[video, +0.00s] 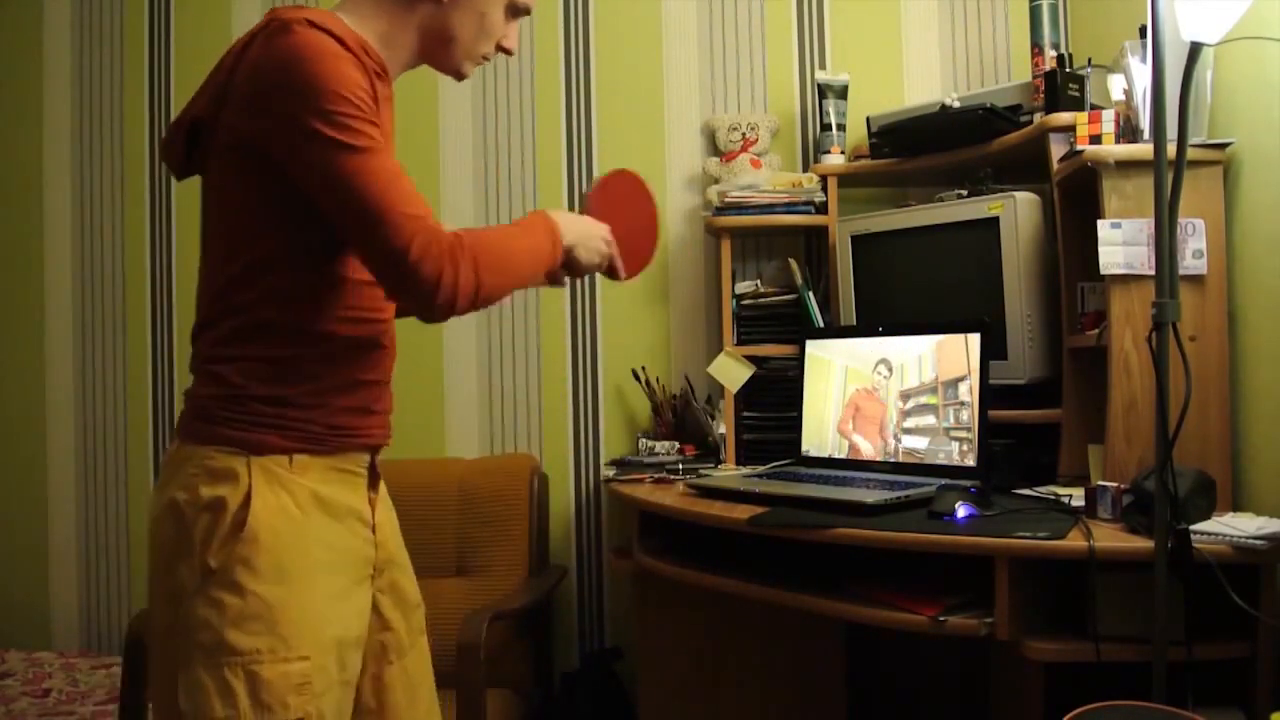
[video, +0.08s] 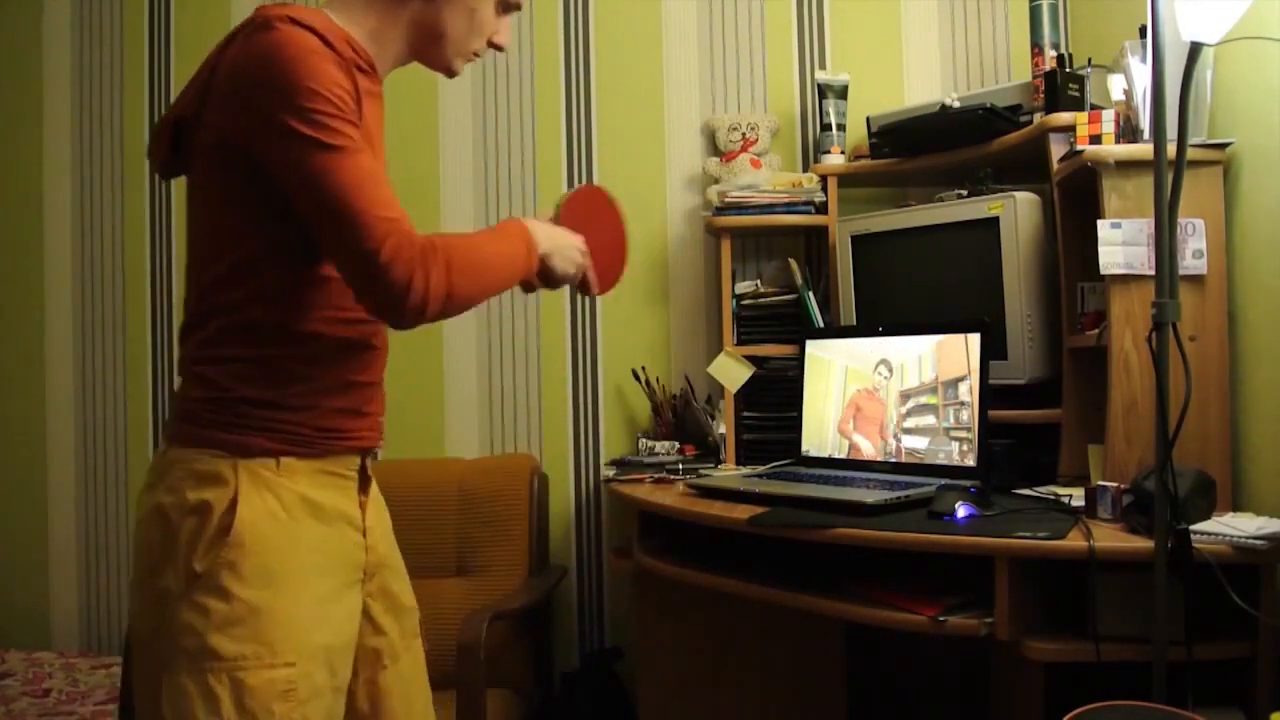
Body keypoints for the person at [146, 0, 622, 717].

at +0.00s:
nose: (511, 44)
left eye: (520, 21)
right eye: (513, 12)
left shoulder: (356, 76)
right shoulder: (304, 61)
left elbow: (404, 286)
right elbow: (433, 272)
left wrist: (541, 253)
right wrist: (558, 234)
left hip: (347, 490)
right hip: (260, 495)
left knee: (399, 711)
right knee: (267, 710)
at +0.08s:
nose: (503, 39)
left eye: (512, 15)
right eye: (503, 5)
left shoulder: (347, 73)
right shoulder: (288, 59)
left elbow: (389, 272)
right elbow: (405, 282)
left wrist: (516, 254)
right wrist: (530, 242)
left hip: (340, 497)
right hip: (251, 505)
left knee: (389, 707)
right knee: (252, 707)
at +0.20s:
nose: (471, 31)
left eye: (479, 10)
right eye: (469, 0)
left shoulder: (312, 75)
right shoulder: (229, 56)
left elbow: (324, 288)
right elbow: (328, 297)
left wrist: (464, 275)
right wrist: (470, 267)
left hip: (311, 515)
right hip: (206, 528)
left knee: (378, 711)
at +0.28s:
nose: (450, 29)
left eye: (457, 8)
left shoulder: (285, 75)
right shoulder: (190, 57)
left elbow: (294, 301)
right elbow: (274, 307)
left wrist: (453, 300)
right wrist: (431, 289)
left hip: (290, 524)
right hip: (173, 539)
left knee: (369, 709)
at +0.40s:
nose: (405, 29)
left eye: (410, 7)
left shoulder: (243, 96)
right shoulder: (101, 63)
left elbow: (210, 339)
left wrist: (383, 366)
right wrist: (341, 343)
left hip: (252, 552)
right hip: (110, 567)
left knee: (353, 710)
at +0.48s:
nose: (386, 28)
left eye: (391, 6)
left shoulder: (237, 113)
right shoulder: (68, 63)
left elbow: (206, 332)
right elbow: (56, 343)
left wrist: (355, 386)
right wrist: (287, 375)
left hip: (244, 561)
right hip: (92, 577)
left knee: (355, 709)